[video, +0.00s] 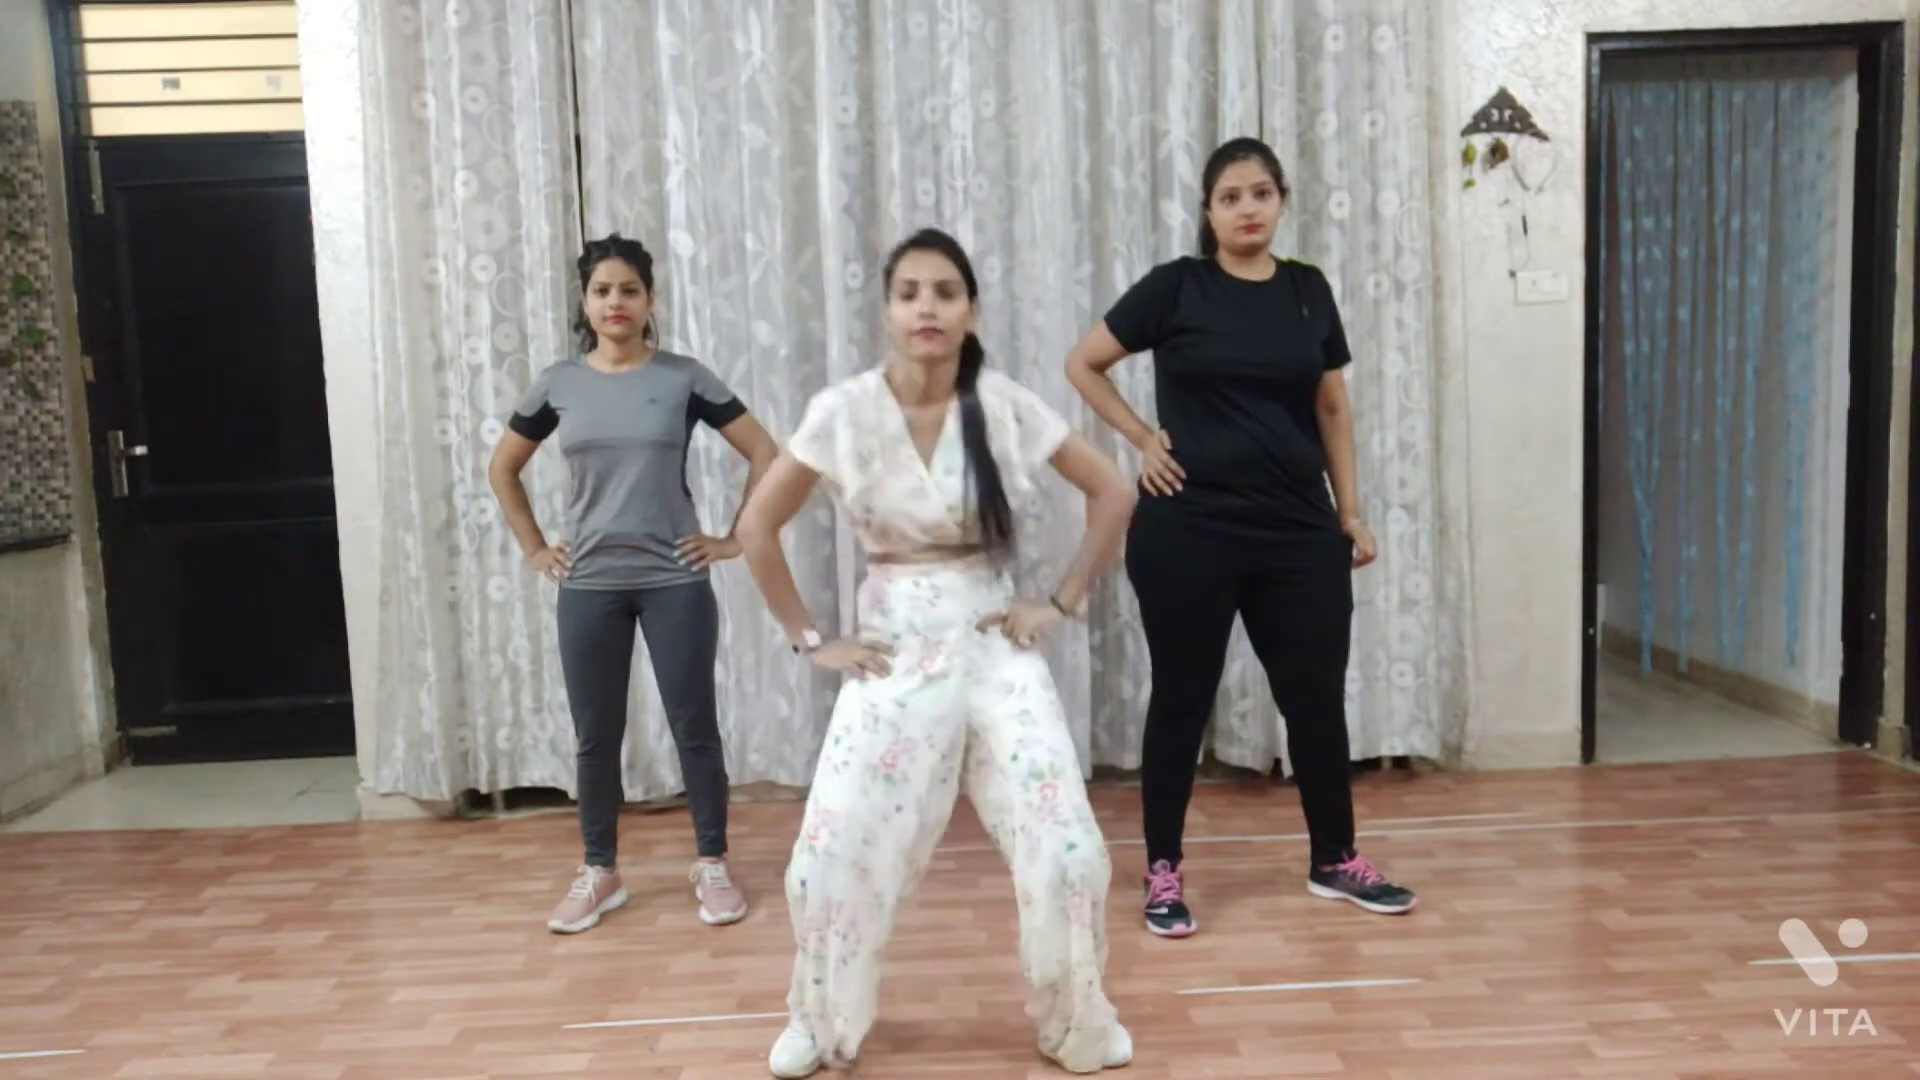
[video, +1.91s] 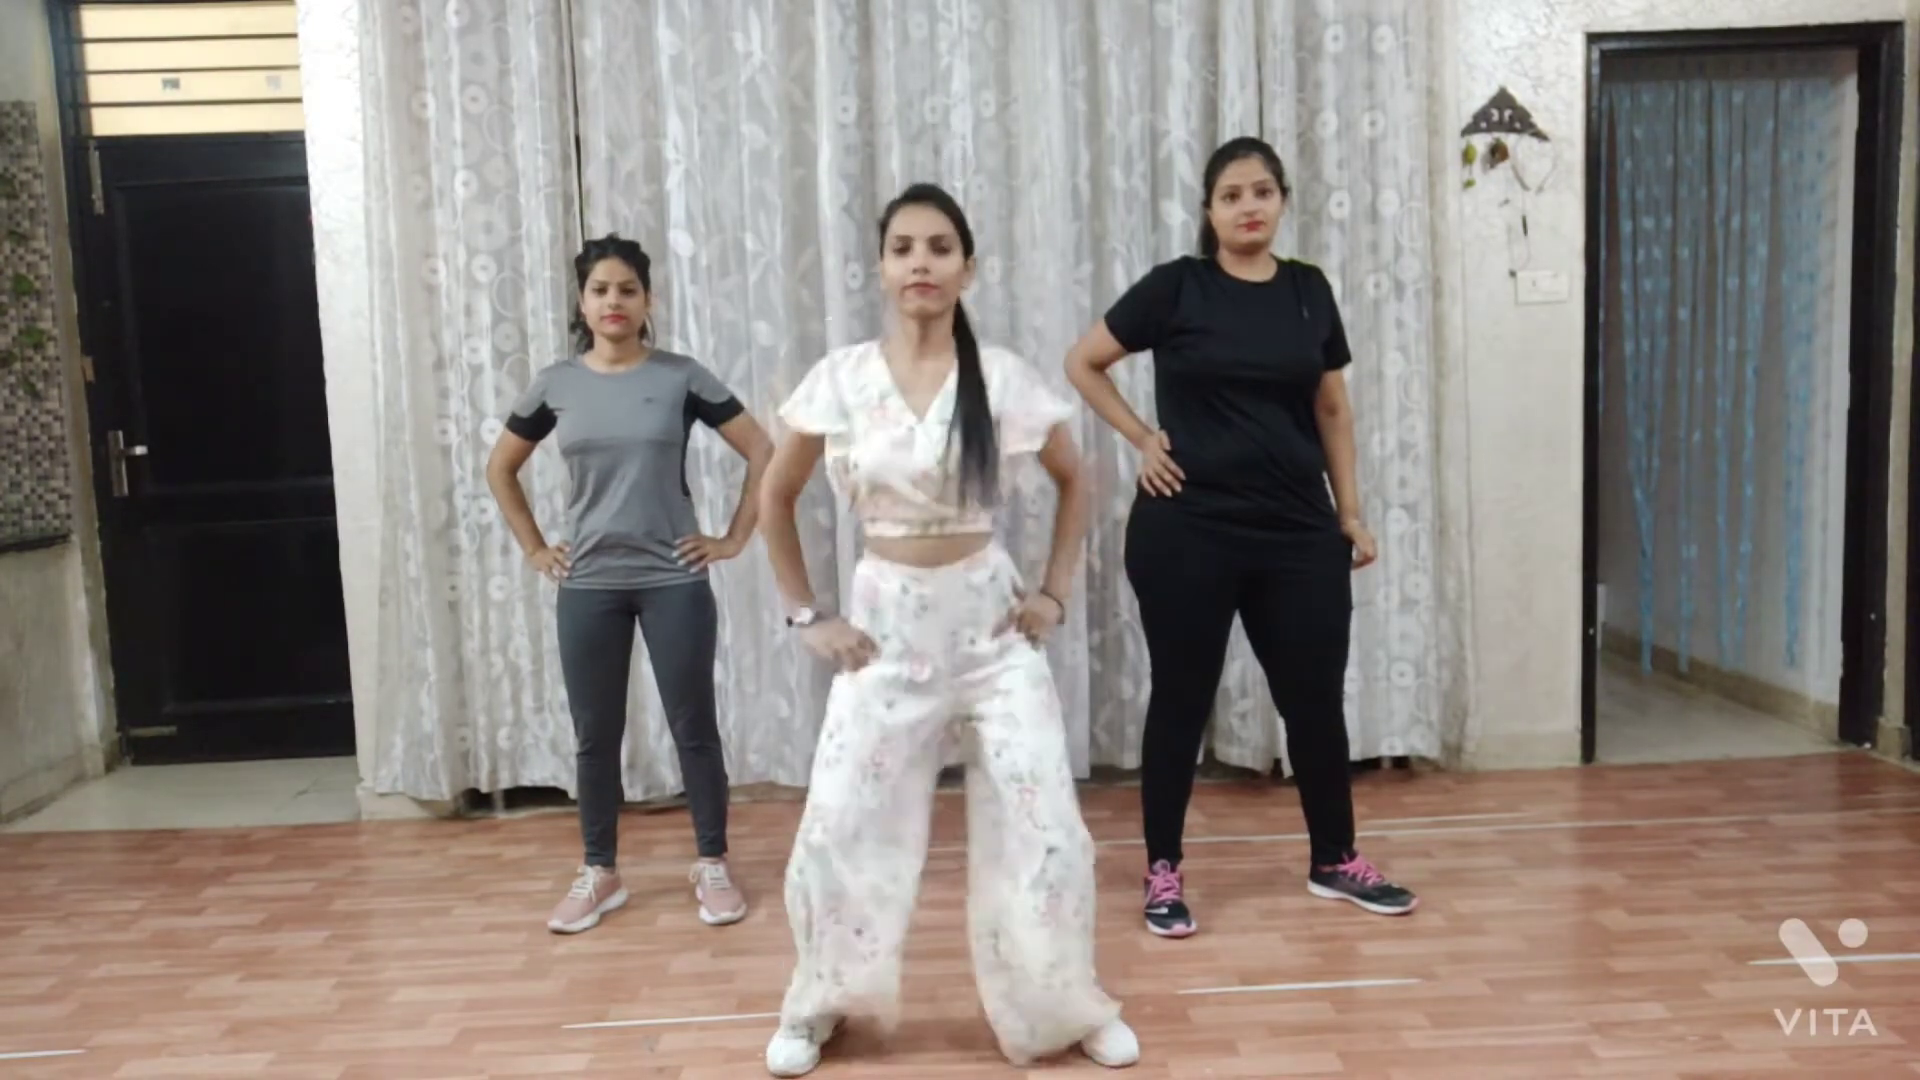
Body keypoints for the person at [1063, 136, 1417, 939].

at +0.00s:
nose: (1249, 209)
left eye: (1262, 194)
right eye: (1232, 196)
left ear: (1282, 203)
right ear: (1208, 209)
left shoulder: (1307, 289)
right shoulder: (1175, 288)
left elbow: (1334, 408)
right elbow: (1082, 365)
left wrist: (1349, 512)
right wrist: (1143, 438)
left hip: (1296, 528)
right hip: (1188, 526)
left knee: (1317, 698)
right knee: (1182, 699)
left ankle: (1336, 860)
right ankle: (1163, 870)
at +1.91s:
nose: (1249, 207)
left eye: (1262, 193)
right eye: (1233, 195)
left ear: (1283, 203)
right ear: (1209, 207)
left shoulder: (1308, 290)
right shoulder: (1175, 288)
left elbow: (1334, 409)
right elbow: (1082, 363)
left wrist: (1349, 512)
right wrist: (1142, 438)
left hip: (1296, 529)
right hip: (1188, 527)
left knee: (1317, 698)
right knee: (1181, 699)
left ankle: (1336, 861)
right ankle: (1163, 871)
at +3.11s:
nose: (1343, 190)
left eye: (1357, 180)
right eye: (1327, 181)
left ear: (1379, 204)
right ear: (1303, 206)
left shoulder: (1394, 298)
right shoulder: (1269, 283)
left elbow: (1420, 402)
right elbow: (1159, 358)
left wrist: (1450, 488)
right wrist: (1131, 462)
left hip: (1357, 527)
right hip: (1252, 522)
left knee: (1340, 695)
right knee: (1190, 689)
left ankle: (1334, 859)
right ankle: (1078, 834)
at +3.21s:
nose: (1361, 200)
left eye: (1374, 190)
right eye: (1344, 191)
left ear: (1392, 212)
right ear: (1317, 213)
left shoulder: (1405, 307)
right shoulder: (1284, 278)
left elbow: (1485, 375)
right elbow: (1176, 314)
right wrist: (1152, 404)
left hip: (1358, 528)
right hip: (1256, 520)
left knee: (1336, 692)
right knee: (1195, 689)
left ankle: (1335, 856)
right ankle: (1079, 836)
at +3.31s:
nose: (1370, 204)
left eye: (1383, 194)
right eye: (1353, 194)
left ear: (1397, 215)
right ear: (1323, 214)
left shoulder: (1412, 306)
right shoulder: (1292, 270)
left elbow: (1511, 335)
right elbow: (1229, 278)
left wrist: (1611, 349)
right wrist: (1241, 331)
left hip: (1357, 527)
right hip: (1260, 517)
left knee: (1335, 691)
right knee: (1195, 687)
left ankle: (1335, 856)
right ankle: (1077, 831)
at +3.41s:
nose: (1374, 209)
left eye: (1386, 198)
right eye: (1357, 198)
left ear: (1399, 215)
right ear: (1325, 216)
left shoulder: (1414, 301)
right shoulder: (1296, 269)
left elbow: (1521, 309)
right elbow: (1270, 255)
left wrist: (1617, 296)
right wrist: (1337, 282)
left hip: (1356, 530)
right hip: (1257, 520)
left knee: (1333, 694)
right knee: (1195, 684)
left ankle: (1335, 857)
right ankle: (1075, 831)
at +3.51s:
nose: (1379, 209)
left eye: (1393, 200)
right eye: (1363, 199)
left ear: (1413, 217)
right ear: (1333, 221)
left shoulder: (1417, 306)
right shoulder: (1311, 282)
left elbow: (1519, 299)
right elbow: (1349, 243)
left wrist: (1522, 224)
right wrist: (1467, 204)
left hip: (1356, 532)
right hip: (1259, 522)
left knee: (1330, 695)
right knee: (1188, 685)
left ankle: (1334, 857)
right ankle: (1069, 831)